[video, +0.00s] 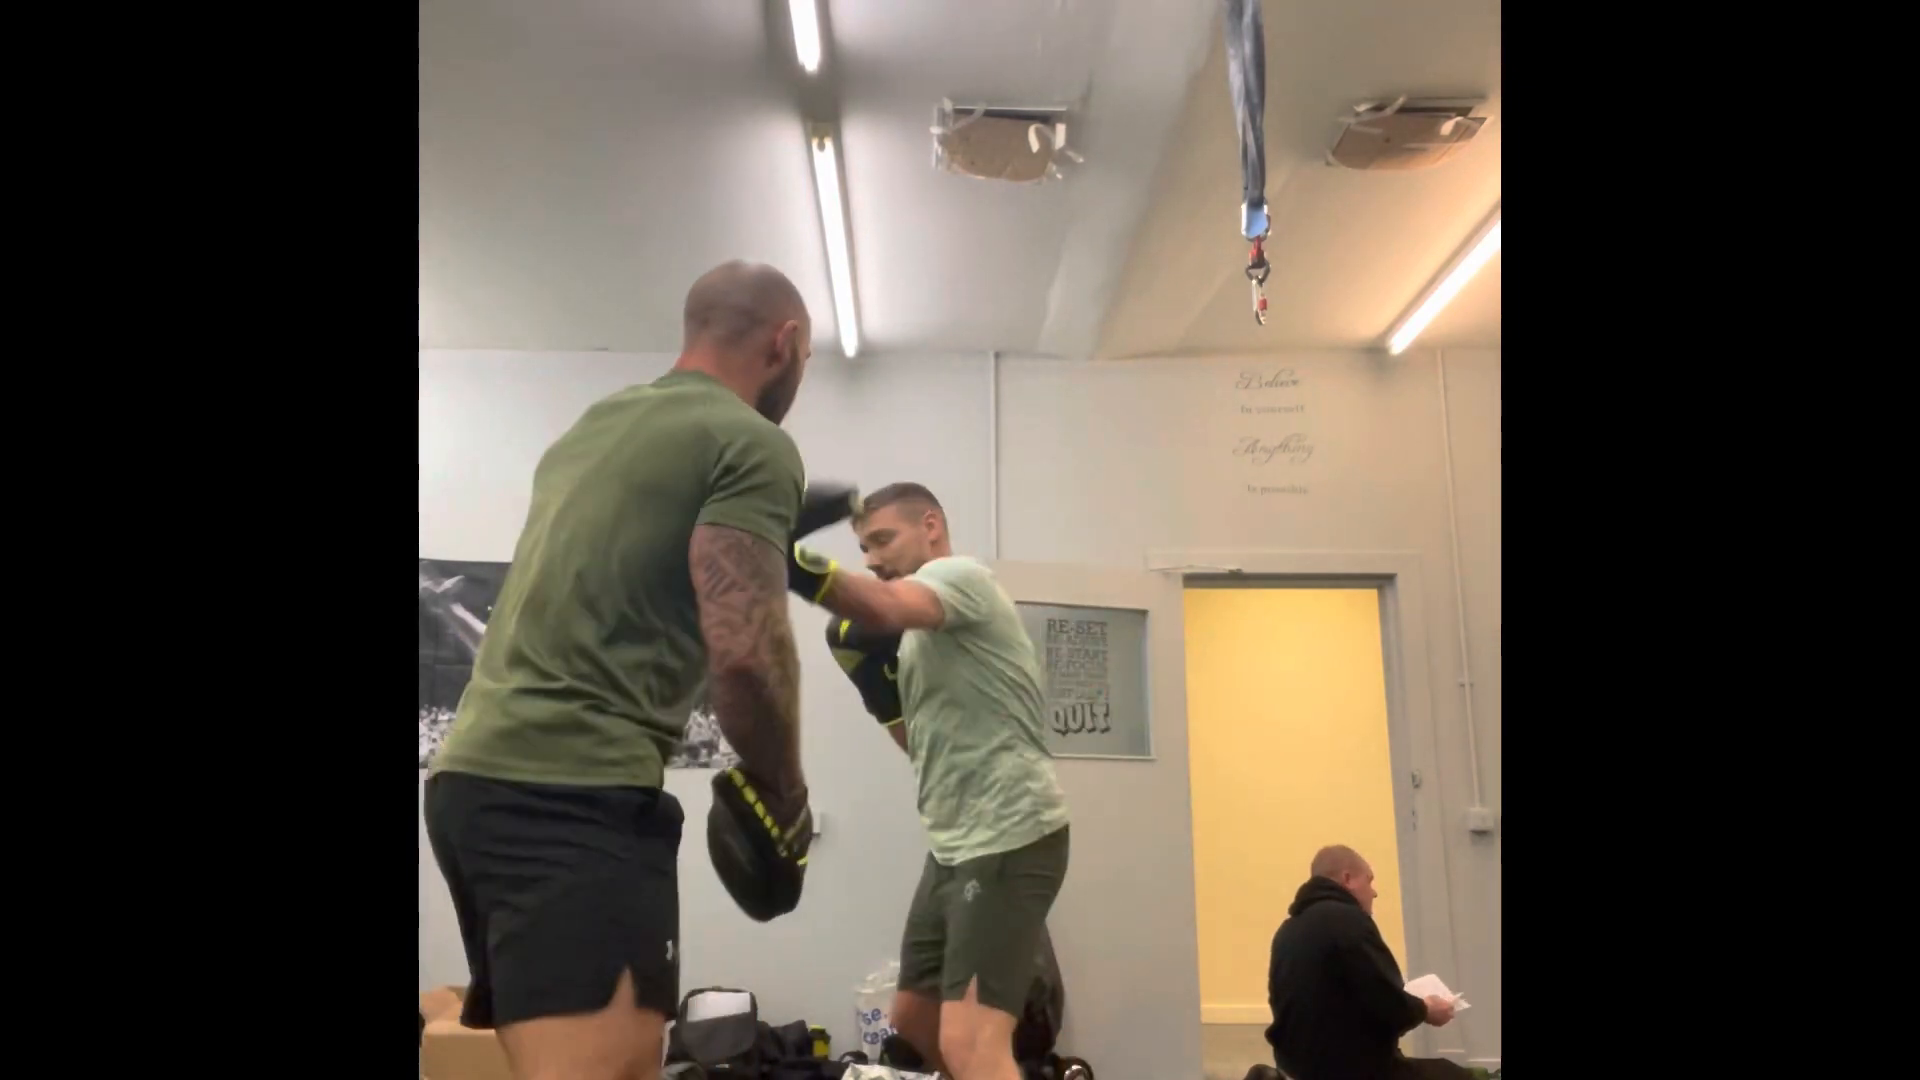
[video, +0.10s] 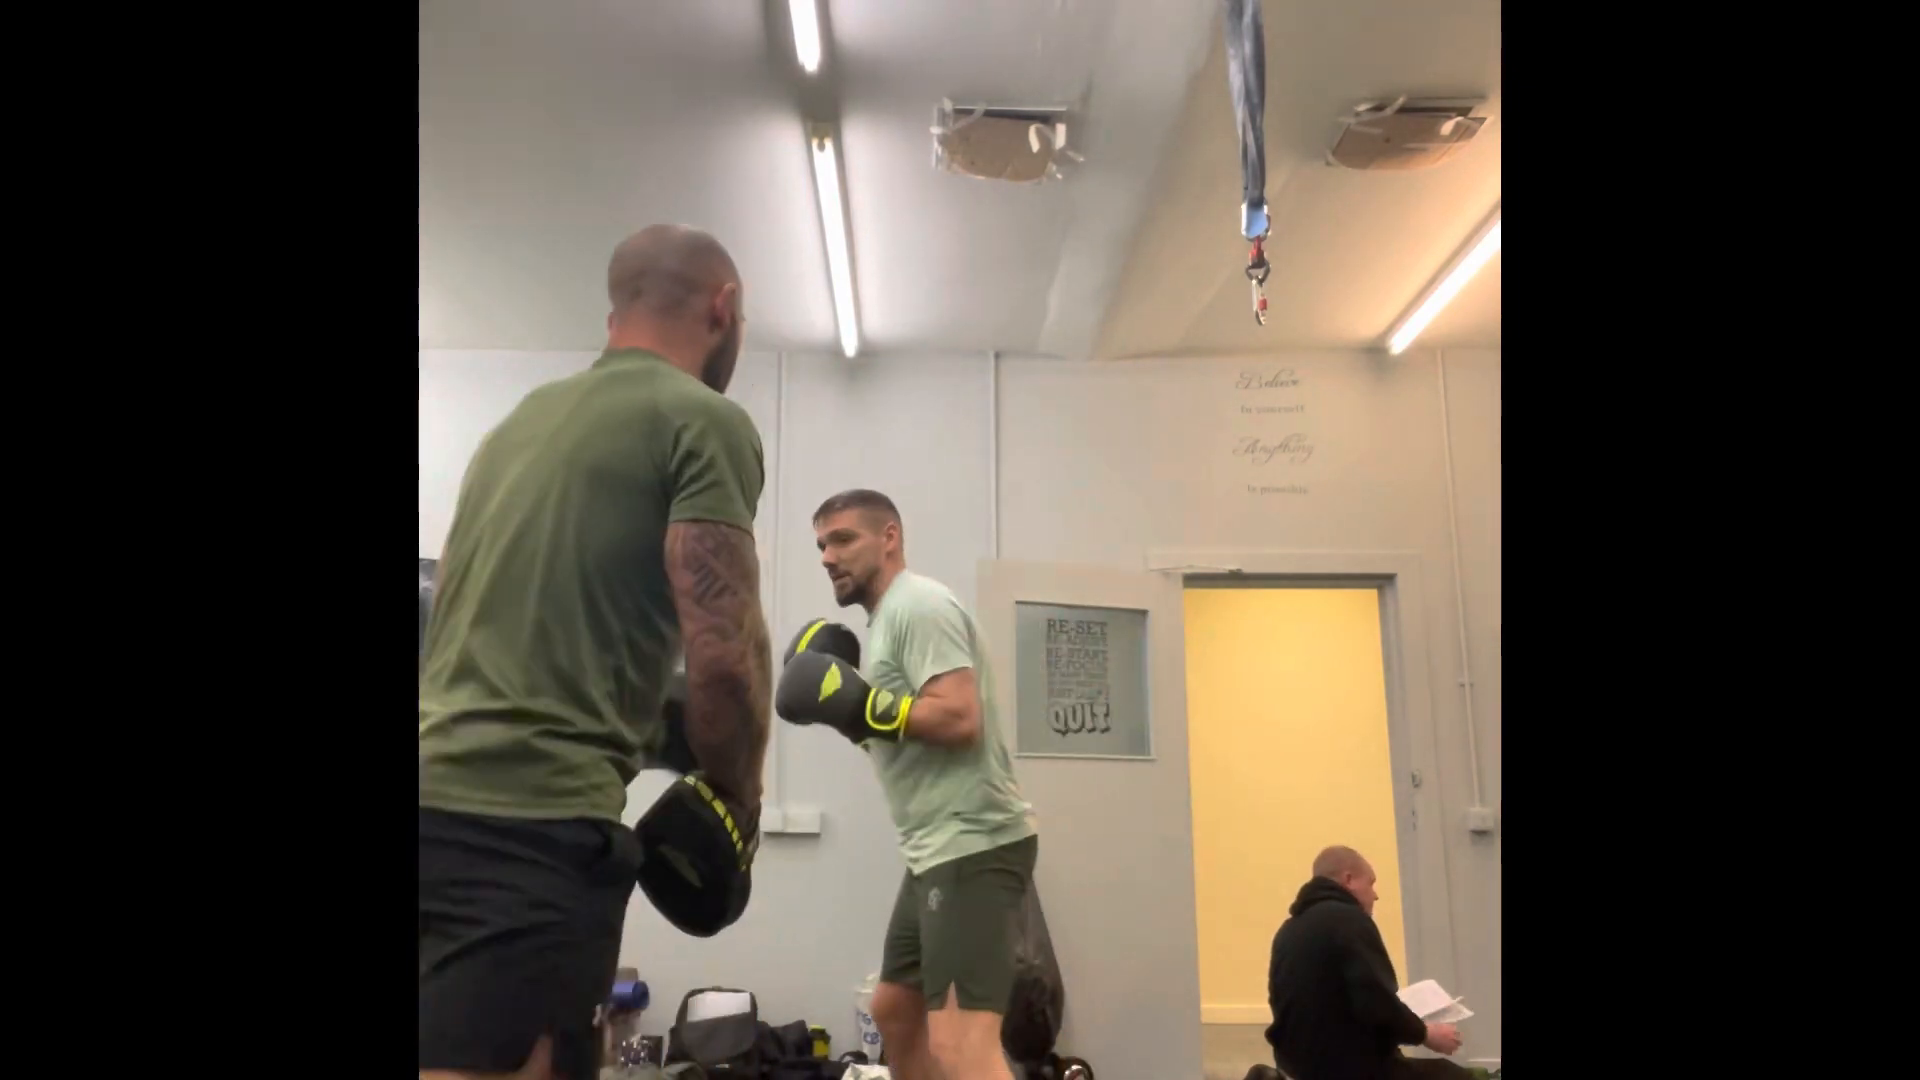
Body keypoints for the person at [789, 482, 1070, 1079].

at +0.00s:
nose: (873, 560)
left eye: (884, 539)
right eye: (866, 548)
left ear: (933, 526)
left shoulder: (966, 579)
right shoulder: (917, 633)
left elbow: (887, 606)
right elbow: (928, 749)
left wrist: (792, 562)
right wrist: (876, 680)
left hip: (1011, 838)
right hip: (954, 845)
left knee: (972, 1042)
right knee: (916, 1019)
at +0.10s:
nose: (828, 558)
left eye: (842, 540)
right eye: (822, 546)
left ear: (889, 538)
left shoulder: (920, 605)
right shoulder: (884, 624)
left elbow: (959, 719)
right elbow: (907, 739)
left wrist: (864, 702)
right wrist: (850, 690)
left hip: (976, 845)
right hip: (933, 850)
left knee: (965, 1041)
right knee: (897, 1010)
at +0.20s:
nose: (828, 537)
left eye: (847, 524)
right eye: (820, 526)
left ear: (883, 537)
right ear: (813, 538)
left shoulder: (913, 601)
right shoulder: (824, 628)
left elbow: (965, 704)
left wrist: (878, 676)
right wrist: (782, 671)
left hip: (923, 830)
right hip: (858, 841)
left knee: (896, 1016)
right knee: (856, 1029)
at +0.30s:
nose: (826, 500)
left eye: (842, 489)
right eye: (816, 487)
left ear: (868, 507)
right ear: (797, 503)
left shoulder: (896, 579)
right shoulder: (773, 588)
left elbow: (939, 690)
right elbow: (750, 713)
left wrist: (860, 629)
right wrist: (747, 633)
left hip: (868, 816)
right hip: (786, 818)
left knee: (853, 1002)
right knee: (772, 1006)